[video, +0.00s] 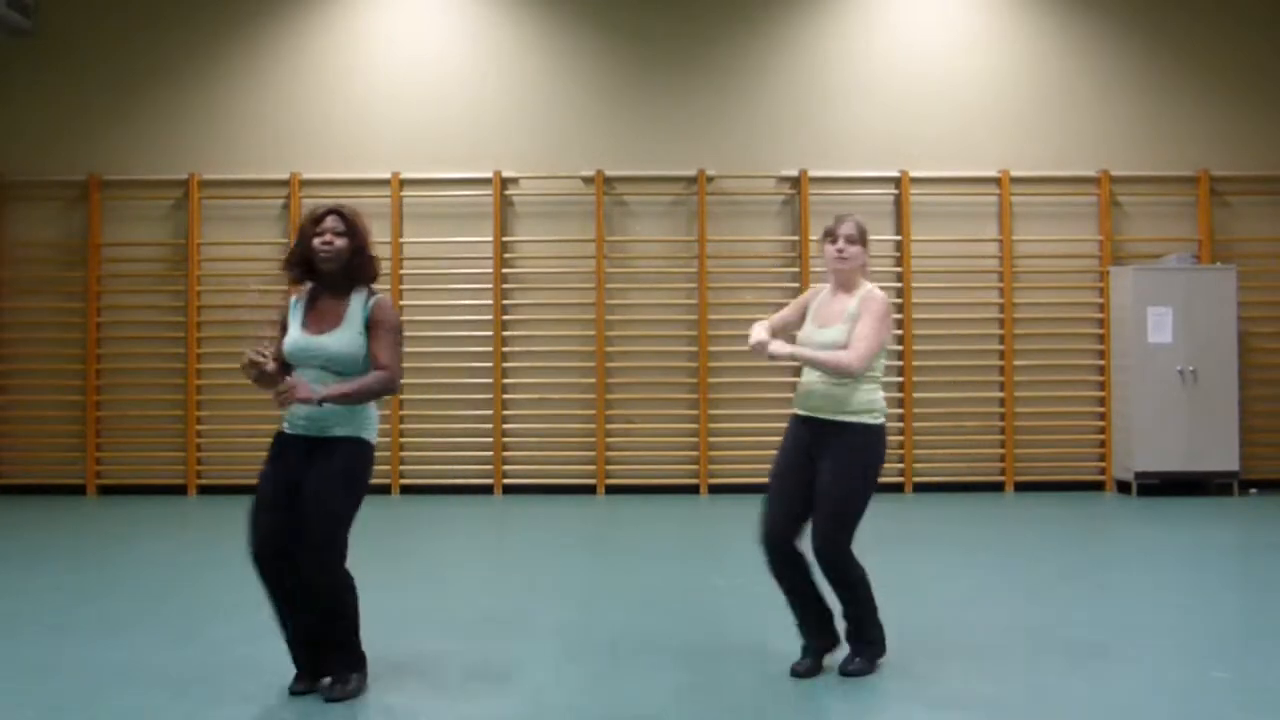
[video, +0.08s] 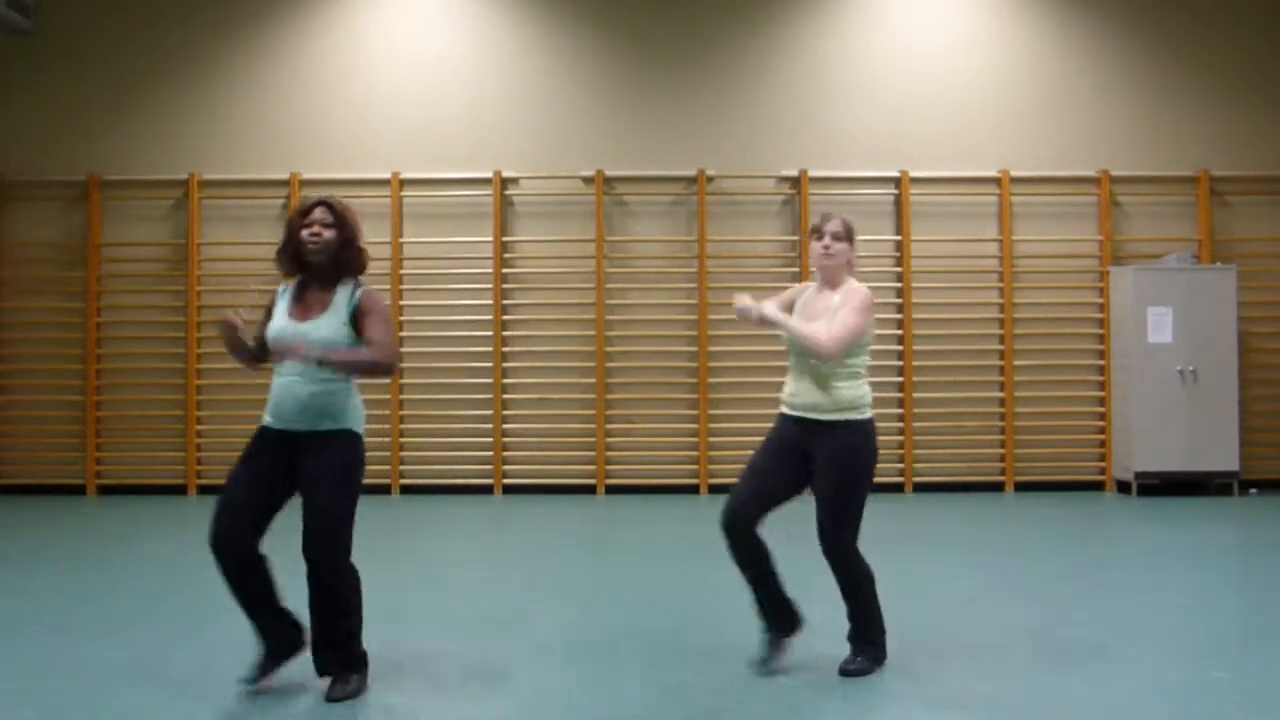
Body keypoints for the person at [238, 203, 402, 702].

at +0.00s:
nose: (328, 241)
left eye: (339, 235)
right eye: (320, 234)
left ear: (356, 246)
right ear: (307, 245)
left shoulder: (376, 306)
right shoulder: (295, 303)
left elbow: (388, 376)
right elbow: (281, 372)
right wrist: (266, 371)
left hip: (345, 443)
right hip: (293, 440)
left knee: (320, 551)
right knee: (268, 547)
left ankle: (348, 665)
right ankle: (310, 663)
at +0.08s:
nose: (316, 233)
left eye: (327, 226)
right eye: (308, 226)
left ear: (345, 240)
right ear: (294, 238)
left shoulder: (363, 297)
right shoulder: (283, 296)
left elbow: (385, 358)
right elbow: (262, 359)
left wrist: (316, 354)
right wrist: (239, 343)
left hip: (334, 438)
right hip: (278, 435)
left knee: (325, 551)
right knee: (230, 538)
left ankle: (347, 666)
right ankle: (281, 636)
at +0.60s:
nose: (232, 278)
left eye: (242, 271)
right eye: (223, 270)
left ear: (257, 281)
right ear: (210, 277)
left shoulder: (277, 342)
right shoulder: (182, 329)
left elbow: (279, 410)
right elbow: (130, 376)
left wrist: (241, 419)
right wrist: (148, 411)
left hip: (221, 467)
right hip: (163, 453)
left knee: (170, 560)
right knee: (130, 553)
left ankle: (161, 654)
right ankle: (128, 665)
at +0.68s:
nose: (230, 269)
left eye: (241, 263)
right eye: (222, 261)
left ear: (257, 274)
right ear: (207, 270)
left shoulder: (274, 334)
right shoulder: (183, 324)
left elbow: (297, 393)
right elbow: (143, 386)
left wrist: (284, 416)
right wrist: (185, 397)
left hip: (224, 464)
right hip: (163, 452)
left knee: (189, 557)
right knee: (137, 554)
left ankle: (180, 651)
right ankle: (127, 667)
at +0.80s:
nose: (244, 243)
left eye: (255, 237)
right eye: (236, 234)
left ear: (271, 250)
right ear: (219, 244)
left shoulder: (282, 300)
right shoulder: (198, 294)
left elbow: (324, 338)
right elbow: (181, 344)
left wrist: (343, 341)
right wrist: (239, 324)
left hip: (245, 443)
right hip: (182, 437)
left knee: (262, 550)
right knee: (162, 550)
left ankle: (256, 644)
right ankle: (133, 667)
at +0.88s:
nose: (257, 236)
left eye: (269, 231)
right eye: (248, 229)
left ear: (283, 246)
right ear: (232, 242)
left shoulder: (295, 293)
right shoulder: (213, 281)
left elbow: (351, 310)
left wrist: (389, 293)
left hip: (264, 436)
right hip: (198, 433)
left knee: (296, 542)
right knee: (171, 548)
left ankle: (325, 649)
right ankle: (136, 668)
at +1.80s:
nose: (376, 268)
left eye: (386, 260)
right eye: (368, 263)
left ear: (405, 268)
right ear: (359, 277)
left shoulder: (435, 306)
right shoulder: (357, 330)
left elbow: (490, 303)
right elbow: (317, 353)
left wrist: (500, 292)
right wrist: (364, 316)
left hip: (465, 437)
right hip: (411, 451)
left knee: (483, 543)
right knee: (416, 542)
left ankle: (494, 648)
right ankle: (376, 615)